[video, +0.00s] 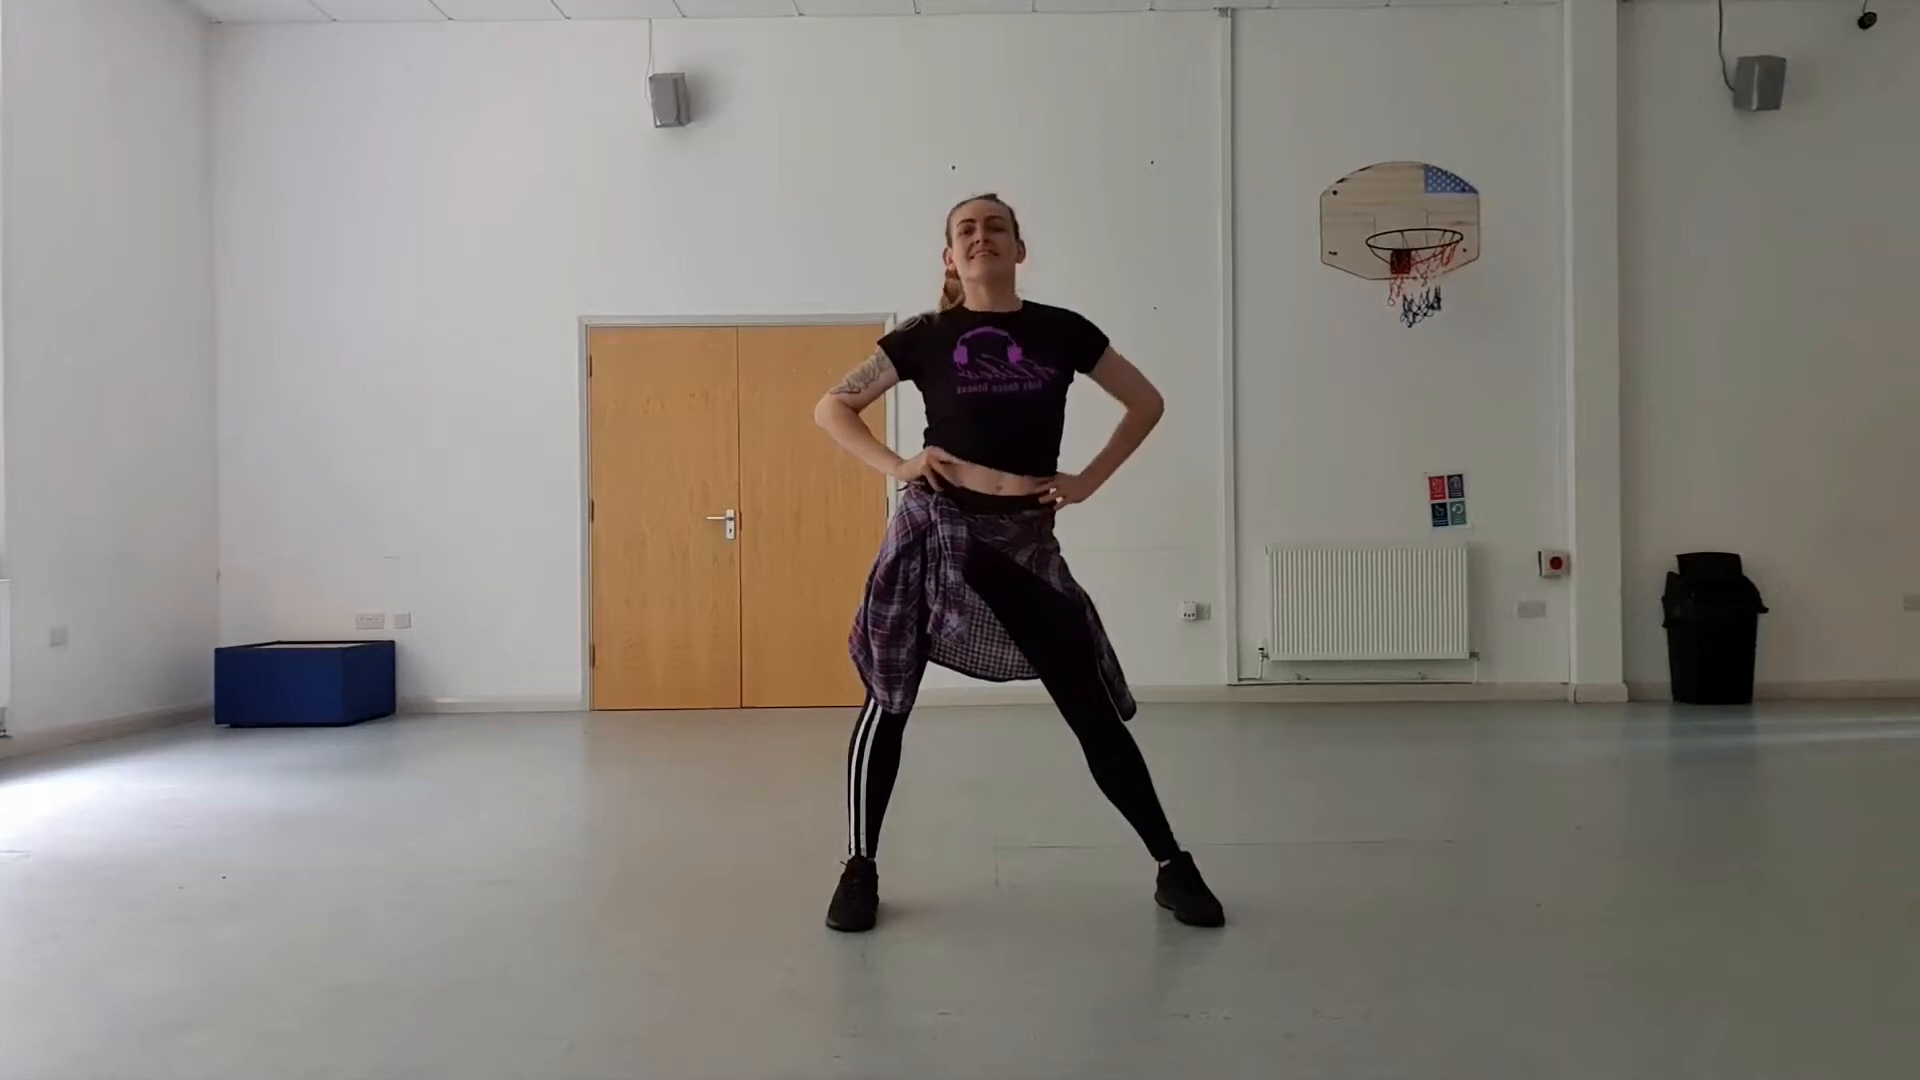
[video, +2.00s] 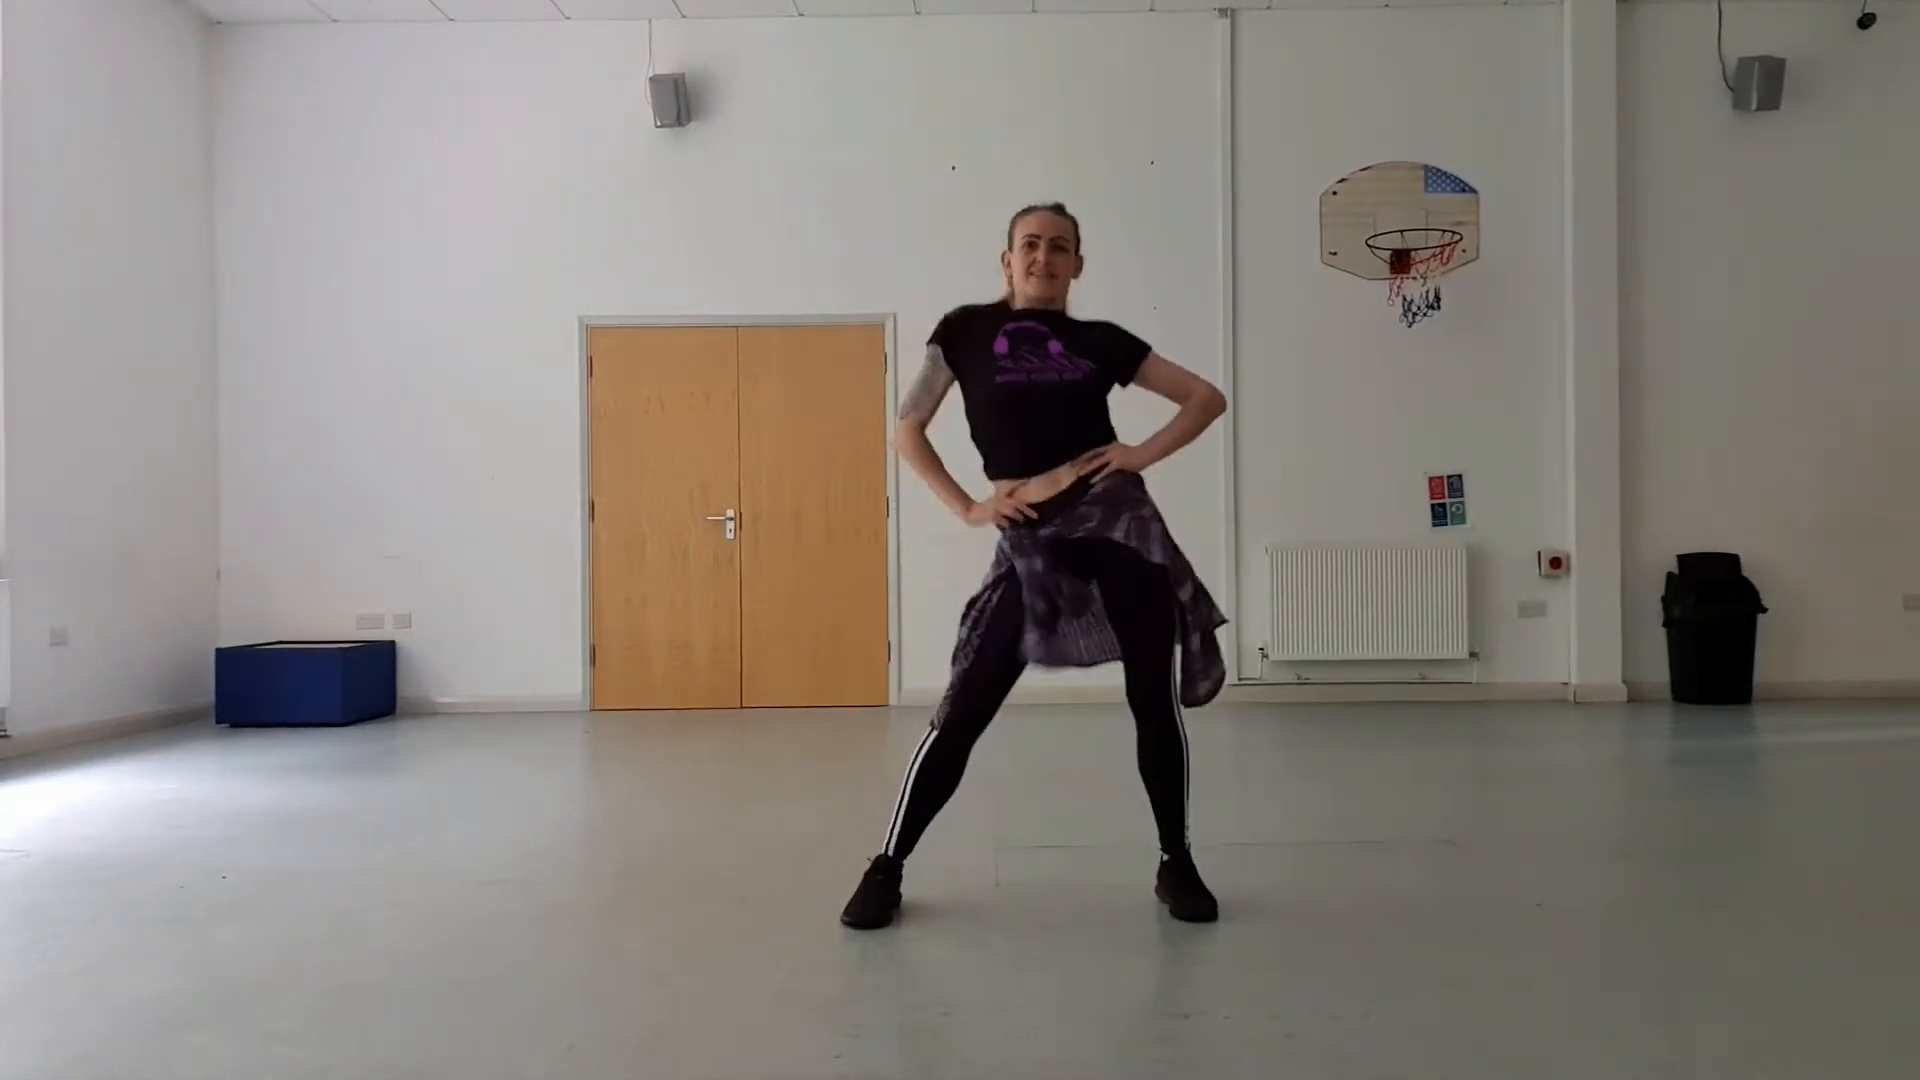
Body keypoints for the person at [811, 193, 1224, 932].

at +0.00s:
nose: (980, 238)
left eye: (994, 228)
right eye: (966, 231)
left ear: (1020, 250)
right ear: (948, 259)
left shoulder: (1062, 332)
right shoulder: (922, 339)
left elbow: (1146, 403)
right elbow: (832, 408)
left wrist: (1087, 481)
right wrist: (893, 464)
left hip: (1023, 541)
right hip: (931, 536)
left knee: (1091, 706)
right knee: (888, 701)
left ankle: (1174, 865)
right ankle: (859, 868)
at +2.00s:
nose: (1042, 255)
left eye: (1057, 247)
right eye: (1030, 244)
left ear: (1076, 266)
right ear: (1007, 260)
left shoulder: (1097, 342)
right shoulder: (965, 333)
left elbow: (1206, 399)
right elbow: (908, 431)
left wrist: (1146, 452)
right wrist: (966, 508)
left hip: (1117, 533)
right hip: (1029, 541)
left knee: (1154, 699)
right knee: (962, 711)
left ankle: (1177, 862)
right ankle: (885, 868)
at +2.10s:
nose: (1033, 236)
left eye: (1048, 225)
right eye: (1020, 226)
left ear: (1070, 239)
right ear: (999, 241)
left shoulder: (1103, 312)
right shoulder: (968, 310)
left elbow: (1197, 388)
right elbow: (895, 395)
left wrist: (1143, 454)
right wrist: (950, 469)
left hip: (1099, 519)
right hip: (1007, 523)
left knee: (1139, 697)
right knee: (948, 698)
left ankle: (1175, 861)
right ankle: (881, 864)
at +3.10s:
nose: (1031, 236)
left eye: (1043, 225)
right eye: (1016, 226)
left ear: (1063, 239)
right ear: (991, 244)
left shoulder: (1092, 319)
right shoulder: (960, 313)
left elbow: (1182, 397)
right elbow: (878, 393)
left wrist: (1126, 457)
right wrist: (935, 466)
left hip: (1082, 522)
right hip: (992, 526)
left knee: (1125, 695)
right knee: (933, 698)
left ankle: (1165, 861)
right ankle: (879, 866)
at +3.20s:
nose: (990, 229)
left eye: (1004, 215)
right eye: (976, 227)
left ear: (1040, 232)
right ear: (967, 255)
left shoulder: (1088, 309)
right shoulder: (956, 308)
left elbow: (1163, 404)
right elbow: (870, 382)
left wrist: (1107, 479)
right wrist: (912, 441)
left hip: (1051, 522)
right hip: (960, 519)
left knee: (1112, 700)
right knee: (914, 698)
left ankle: (1165, 863)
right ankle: (877, 866)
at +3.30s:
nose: (975, 247)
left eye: (988, 233)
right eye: (961, 247)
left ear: (1024, 248)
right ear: (957, 276)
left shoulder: (1083, 329)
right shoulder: (950, 339)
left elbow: (1145, 430)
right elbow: (862, 408)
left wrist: (1087, 508)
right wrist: (898, 450)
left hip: (1019, 541)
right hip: (933, 528)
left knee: (1096, 704)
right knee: (902, 701)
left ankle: (1163, 864)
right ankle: (877, 867)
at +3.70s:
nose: (1026, 238)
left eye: (1042, 230)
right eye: (1013, 225)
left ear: (1057, 246)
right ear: (985, 235)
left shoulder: (1074, 327)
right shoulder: (943, 318)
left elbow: (1169, 396)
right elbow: (874, 407)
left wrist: (1122, 454)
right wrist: (936, 488)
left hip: (1080, 519)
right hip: (990, 524)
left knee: (1131, 693)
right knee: (943, 702)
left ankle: (1164, 862)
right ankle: (881, 868)